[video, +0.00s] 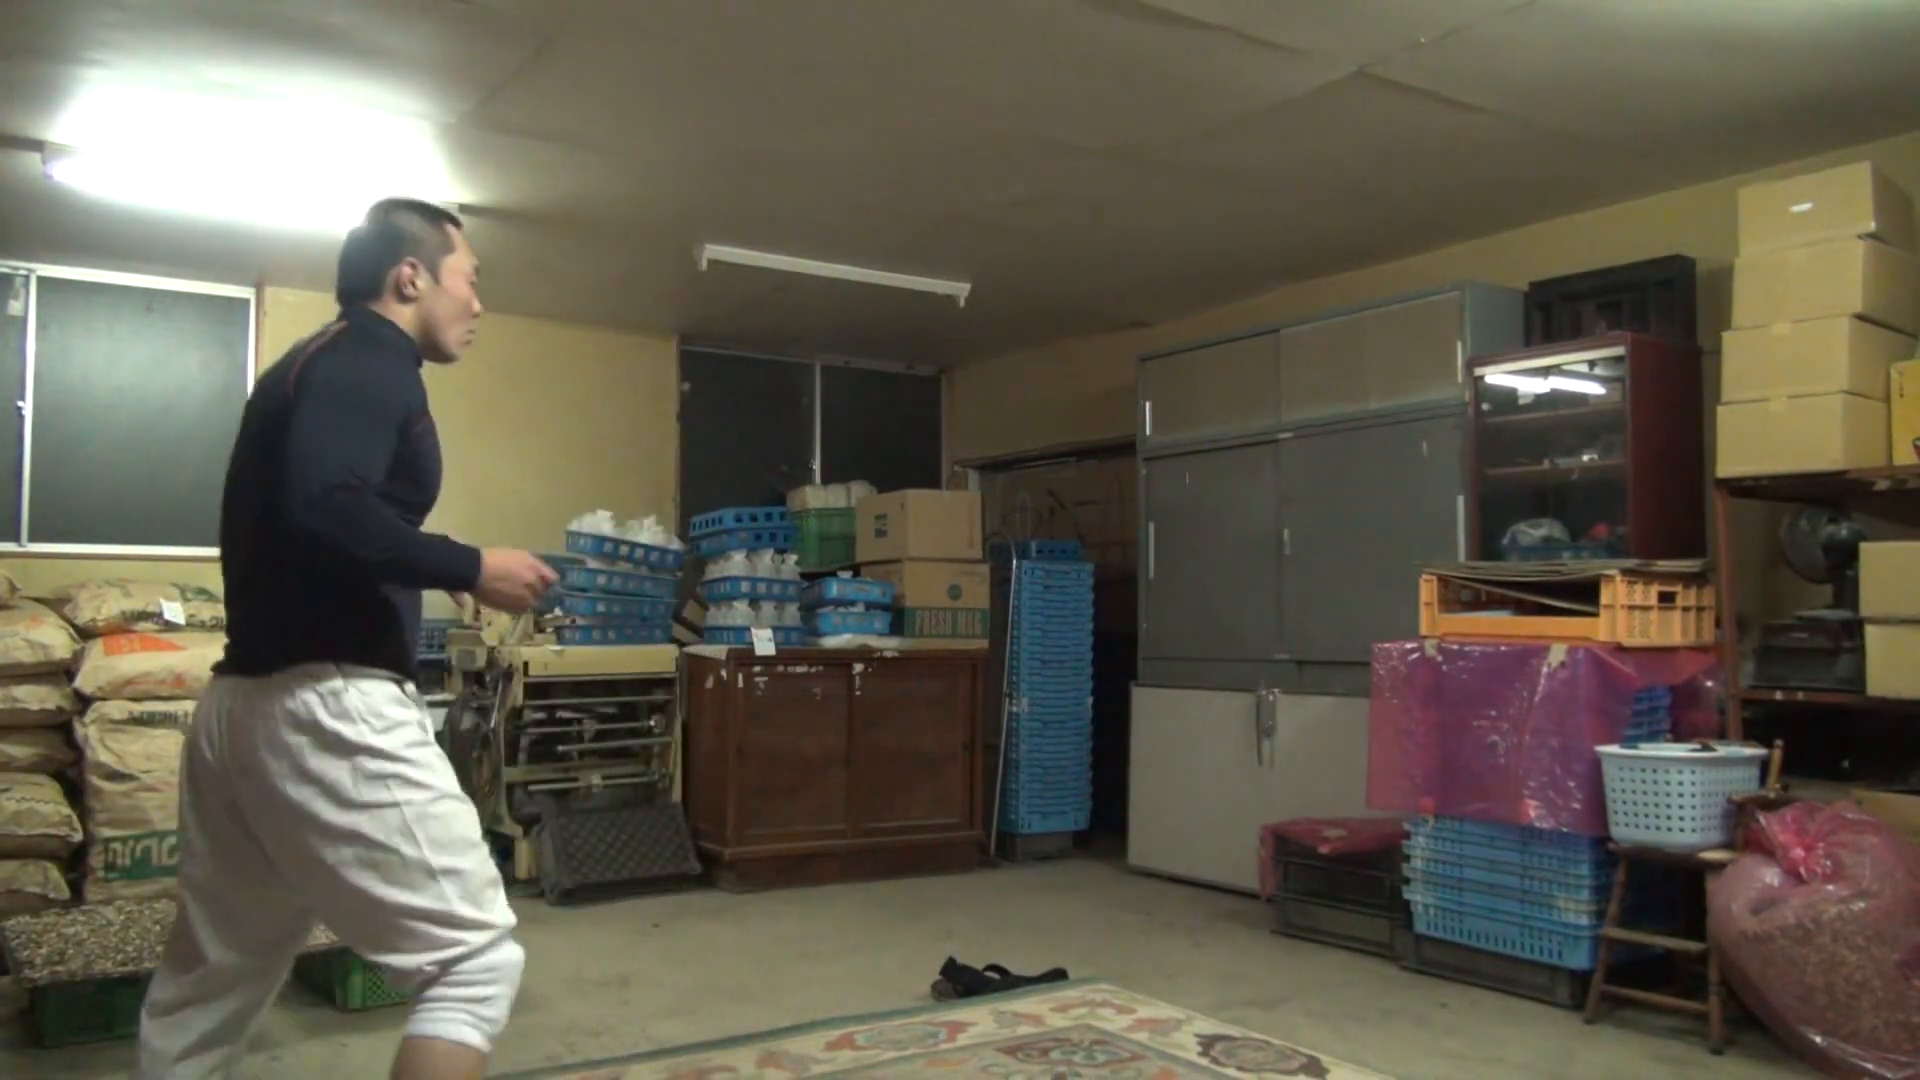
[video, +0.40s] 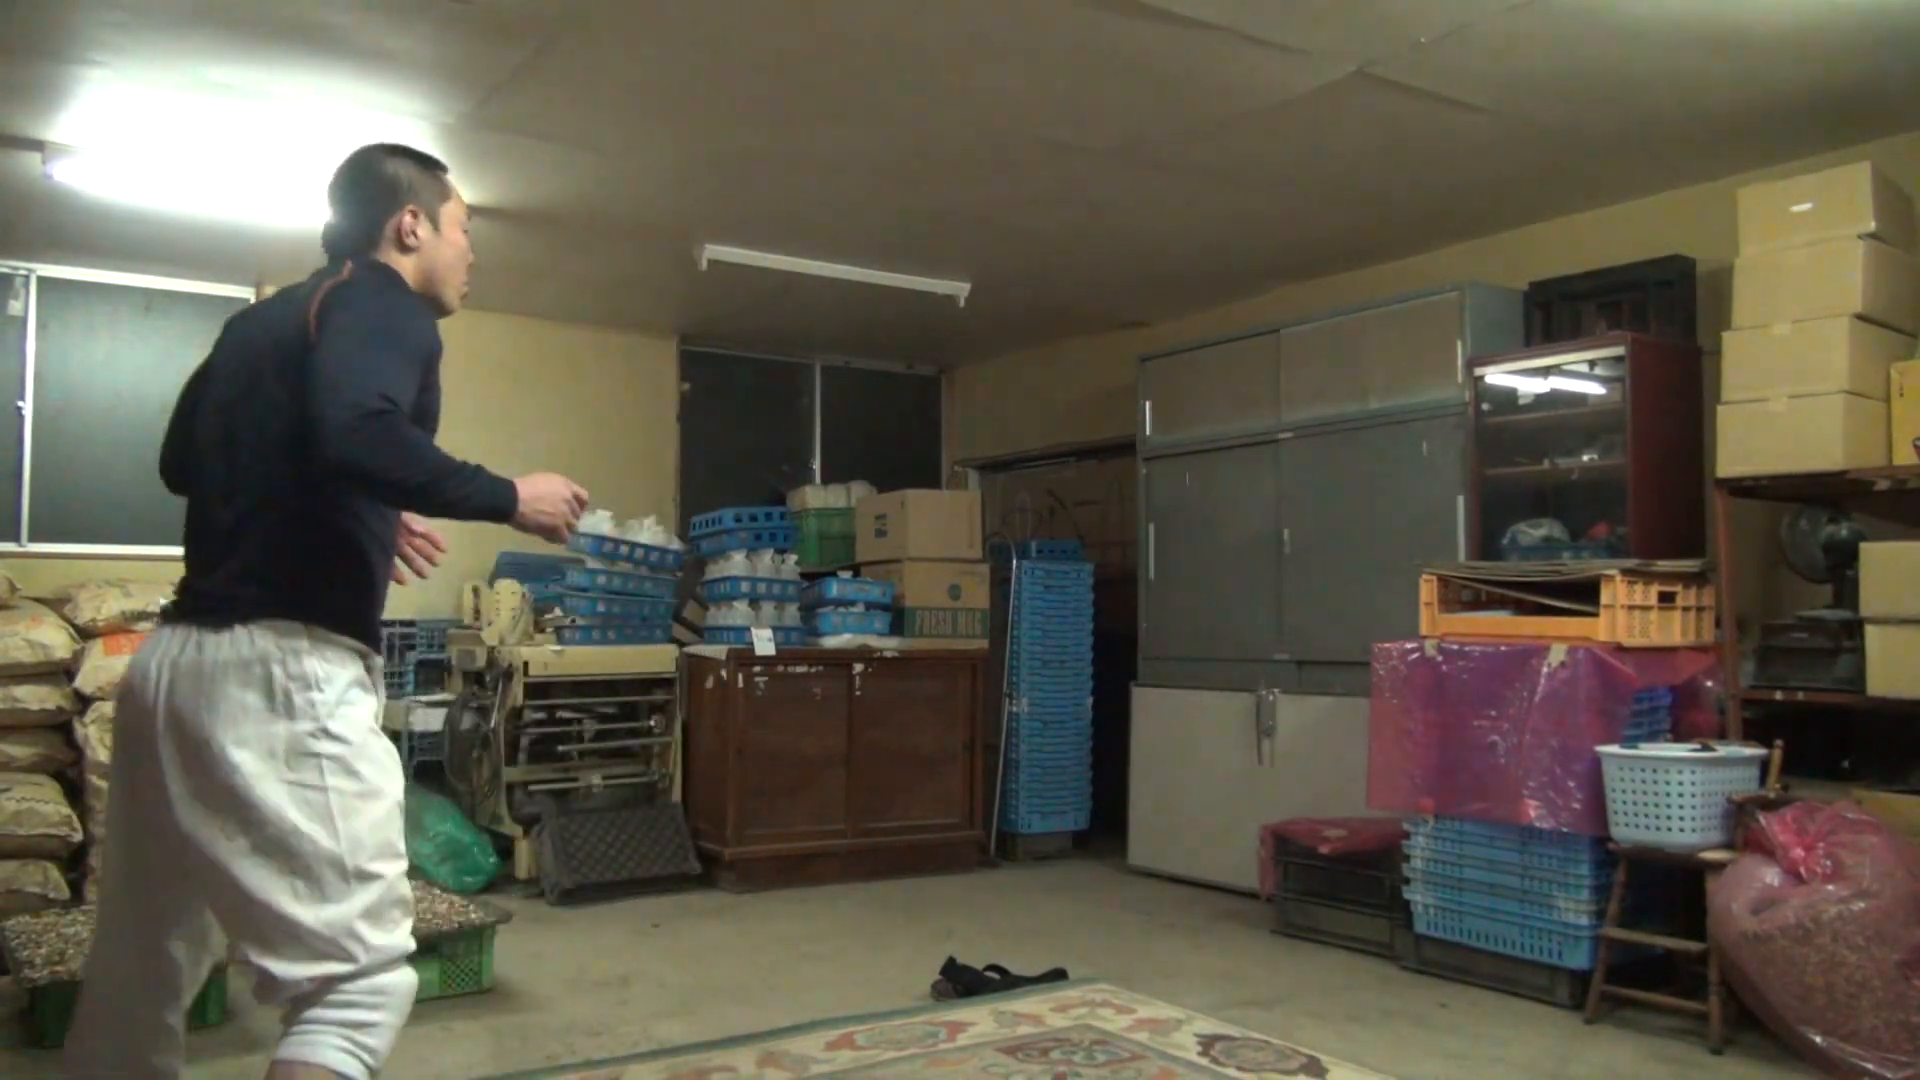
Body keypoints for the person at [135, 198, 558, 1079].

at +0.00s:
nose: (479, 304)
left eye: (477, 282)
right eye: (468, 279)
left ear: (392, 282)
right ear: (408, 278)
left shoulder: (293, 368)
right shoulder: (370, 357)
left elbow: (267, 537)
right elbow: (328, 500)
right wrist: (473, 565)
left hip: (237, 713)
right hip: (338, 717)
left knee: (205, 990)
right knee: (472, 961)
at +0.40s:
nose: (470, 252)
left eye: (469, 228)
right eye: (460, 226)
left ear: (360, 230)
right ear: (408, 225)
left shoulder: (258, 320)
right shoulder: (381, 301)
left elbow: (188, 461)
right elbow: (358, 435)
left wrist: (358, 510)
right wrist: (510, 494)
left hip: (171, 669)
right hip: (286, 682)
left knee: (137, 987)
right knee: (356, 984)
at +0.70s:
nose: (450, 307)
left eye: (450, 283)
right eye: (442, 282)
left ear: (365, 280)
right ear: (390, 279)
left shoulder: (242, 368)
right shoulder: (360, 367)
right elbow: (452, 518)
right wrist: (582, 456)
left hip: (149, 722)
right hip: (277, 719)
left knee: (104, 1029)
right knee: (425, 986)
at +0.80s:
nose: (460, 326)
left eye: (463, 307)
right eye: (458, 303)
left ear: (343, 291)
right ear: (412, 292)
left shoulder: (246, 381)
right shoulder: (397, 376)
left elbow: (351, 519)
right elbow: (545, 486)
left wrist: (482, 475)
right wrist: (653, 418)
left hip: (166, 737)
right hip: (306, 732)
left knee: (132, 1034)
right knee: (422, 1018)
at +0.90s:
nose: (477, 328)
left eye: (480, 308)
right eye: (475, 305)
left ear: (363, 294)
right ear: (427, 293)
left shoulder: (267, 379)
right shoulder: (417, 375)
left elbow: (344, 542)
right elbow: (557, 491)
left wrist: (476, 534)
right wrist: (679, 455)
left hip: (163, 726)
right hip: (300, 725)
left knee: (152, 1028)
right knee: (416, 1012)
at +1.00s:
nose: (485, 326)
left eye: (486, 305)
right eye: (479, 303)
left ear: (385, 299)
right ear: (430, 296)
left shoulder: (280, 379)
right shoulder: (413, 380)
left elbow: (363, 556)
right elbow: (505, 532)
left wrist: (497, 543)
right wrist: (632, 512)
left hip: (155, 713)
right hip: (283, 715)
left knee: (141, 1027)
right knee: (392, 1008)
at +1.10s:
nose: (473, 335)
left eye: (475, 313)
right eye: (468, 311)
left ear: (364, 309)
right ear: (420, 305)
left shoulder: (268, 381)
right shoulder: (411, 393)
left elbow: (342, 493)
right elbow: (451, 570)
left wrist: (480, 510)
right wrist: (583, 556)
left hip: (159, 721)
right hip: (294, 724)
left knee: (114, 1022)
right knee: (454, 973)